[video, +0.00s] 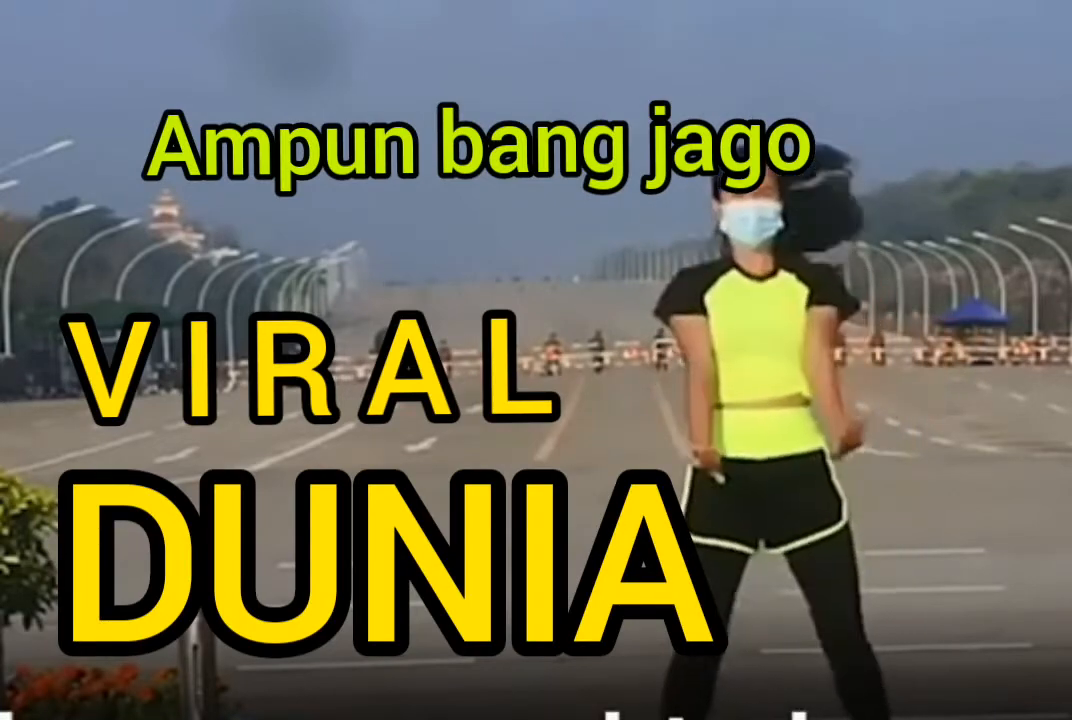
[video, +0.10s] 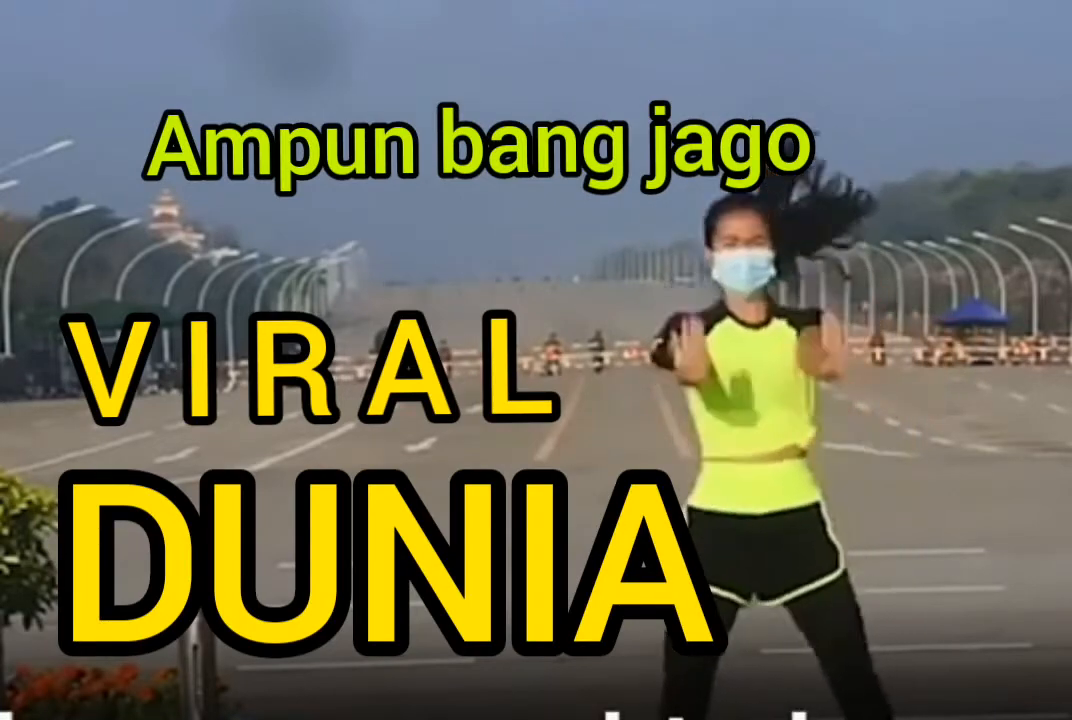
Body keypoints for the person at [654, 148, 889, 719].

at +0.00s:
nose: (755, 210)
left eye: (766, 197)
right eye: (740, 197)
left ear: (783, 204)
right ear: (718, 208)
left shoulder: (816, 282)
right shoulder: (692, 288)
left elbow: (821, 361)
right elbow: (700, 369)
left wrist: (841, 431)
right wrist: (702, 444)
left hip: (805, 479)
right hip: (722, 484)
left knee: (845, 639)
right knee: (699, 641)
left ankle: (873, 719)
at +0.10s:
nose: (744, 255)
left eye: (756, 243)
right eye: (731, 244)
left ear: (777, 251)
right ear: (711, 255)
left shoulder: (803, 326)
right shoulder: (694, 330)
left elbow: (828, 364)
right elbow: (694, 369)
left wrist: (831, 349)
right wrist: (688, 335)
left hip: (796, 517)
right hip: (716, 521)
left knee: (853, 675)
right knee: (685, 683)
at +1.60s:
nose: (719, 259)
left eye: (730, 247)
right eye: (703, 249)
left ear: (746, 255)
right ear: (682, 262)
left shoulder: (782, 327)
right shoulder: (666, 334)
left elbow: (809, 356)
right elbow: (669, 374)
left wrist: (825, 355)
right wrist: (679, 388)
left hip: (781, 518)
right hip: (701, 524)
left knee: (834, 683)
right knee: (677, 692)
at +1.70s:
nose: (722, 223)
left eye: (733, 211)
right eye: (707, 213)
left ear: (751, 218)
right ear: (685, 227)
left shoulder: (788, 293)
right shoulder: (664, 303)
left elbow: (801, 350)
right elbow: (671, 369)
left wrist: (831, 396)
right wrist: (680, 425)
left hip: (783, 490)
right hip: (700, 494)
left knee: (828, 659)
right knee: (683, 666)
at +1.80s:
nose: (732, 216)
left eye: (743, 202)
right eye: (716, 204)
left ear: (762, 213)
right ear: (695, 218)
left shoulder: (796, 292)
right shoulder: (674, 296)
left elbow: (817, 384)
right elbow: (679, 371)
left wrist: (836, 406)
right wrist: (688, 419)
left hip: (786, 484)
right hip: (704, 487)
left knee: (832, 650)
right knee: (679, 659)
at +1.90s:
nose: (739, 244)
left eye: (749, 232)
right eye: (724, 233)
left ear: (767, 242)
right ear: (703, 247)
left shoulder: (800, 315)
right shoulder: (680, 317)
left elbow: (818, 356)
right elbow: (689, 365)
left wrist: (838, 357)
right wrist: (689, 356)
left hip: (786, 508)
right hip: (706, 512)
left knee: (842, 672)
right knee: (675, 680)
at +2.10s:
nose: (760, 218)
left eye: (772, 207)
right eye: (746, 208)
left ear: (790, 218)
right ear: (726, 220)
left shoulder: (827, 296)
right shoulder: (705, 296)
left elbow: (843, 350)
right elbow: (698, 364)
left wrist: (860, 392)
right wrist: (700, 418)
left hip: (813, 488)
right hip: (732, 490)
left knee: (845, 654)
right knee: (703, 656)